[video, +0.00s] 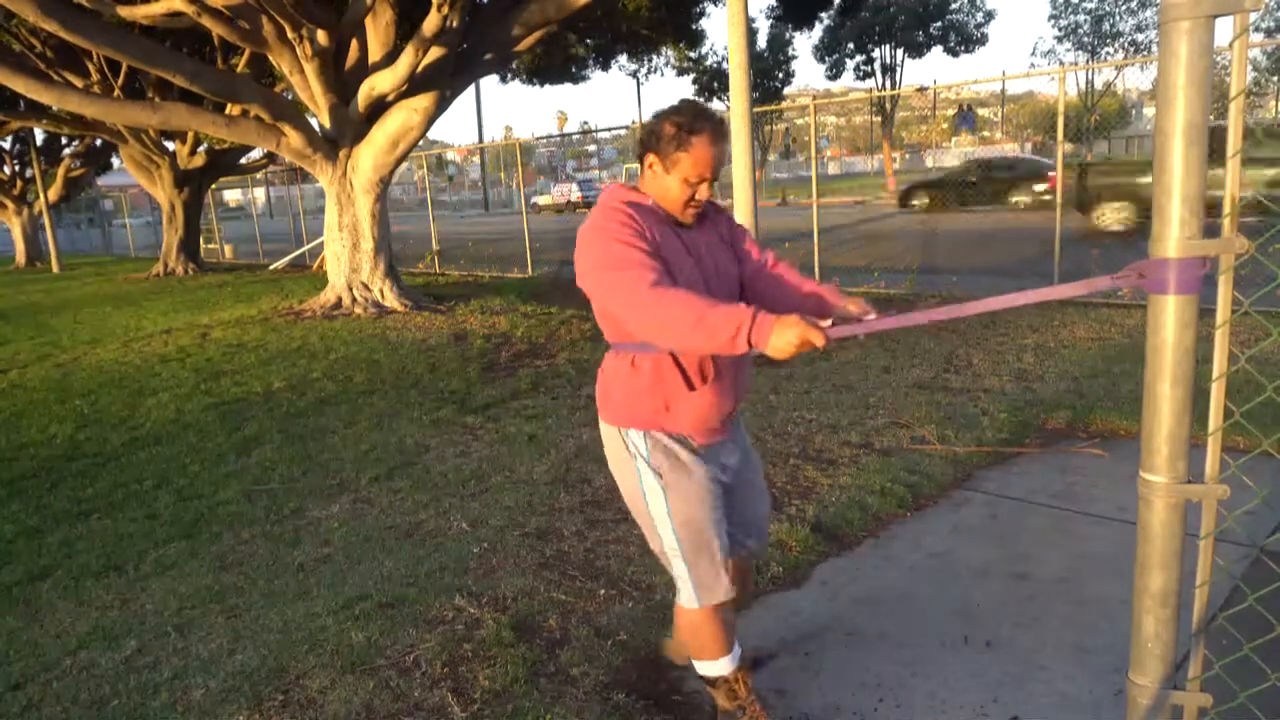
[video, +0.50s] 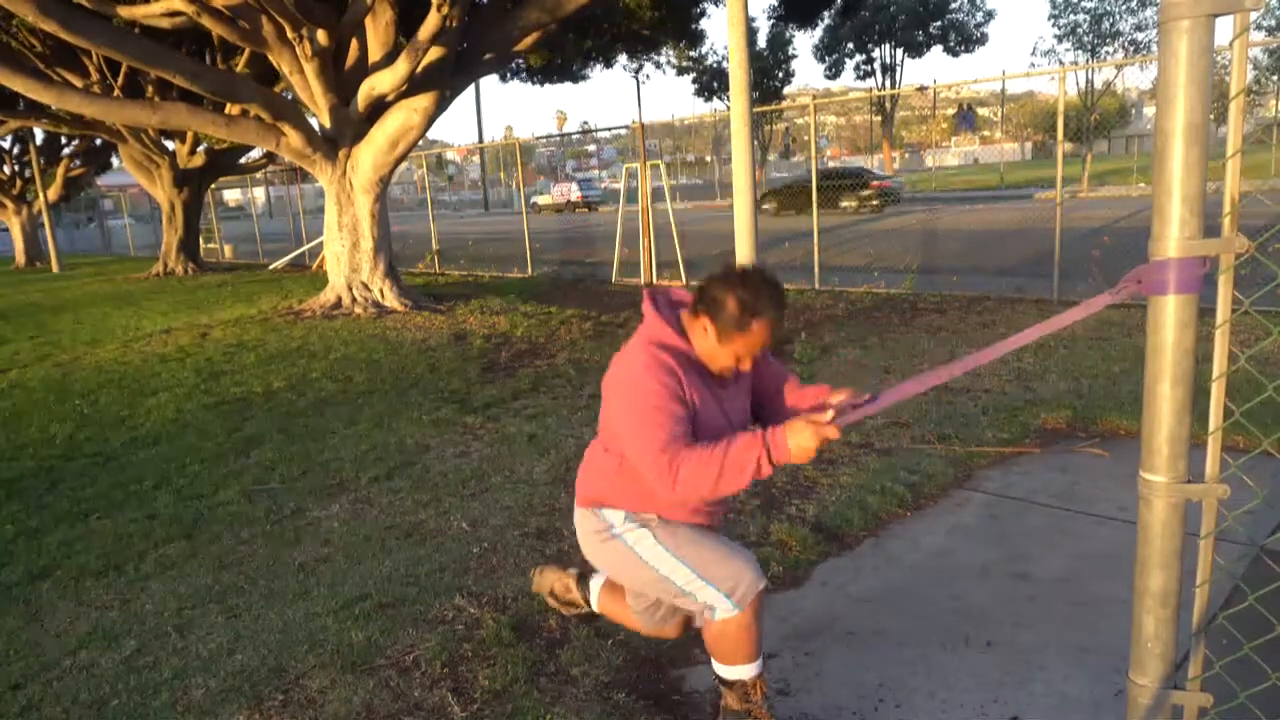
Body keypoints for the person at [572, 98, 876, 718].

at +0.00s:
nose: (705, 195)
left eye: (711, 180)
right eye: (694, 180)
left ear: (714, 171)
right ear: (652, 164)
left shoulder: (713, 224)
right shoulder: (610, 230)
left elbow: (766, 276)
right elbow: (646, 309)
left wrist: (833, 306)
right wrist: (758, 329)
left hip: (717, 419)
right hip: (650, 428)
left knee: (740, 544)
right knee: (705, 574)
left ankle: (689, 640)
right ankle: (731, 696)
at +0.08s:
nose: (703, 202)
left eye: (710, 188)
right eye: (692, 188)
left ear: (715, 176)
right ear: (650, 171)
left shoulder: (714, 226)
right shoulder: (609, 232)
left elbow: (766, 281)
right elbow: (638, 318)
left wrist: (829, 312)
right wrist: (753, 337)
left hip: (716, 422)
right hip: (647, 432)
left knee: (741, 535)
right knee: (706, 576)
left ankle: (646, 590)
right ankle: (733, 696)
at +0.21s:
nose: (707, 227)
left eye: (713, 213)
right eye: (695, 215)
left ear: (719, 196)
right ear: (653, 198)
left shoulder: (722, 245)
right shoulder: (610, 258)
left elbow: (770, 297)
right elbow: (637, 348)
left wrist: (838, 319)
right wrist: (754, 352)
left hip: (712, 443)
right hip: (642, 448)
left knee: (709, 557)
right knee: (727, 581)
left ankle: (598, 557)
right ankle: (739, 701)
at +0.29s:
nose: (716, 260)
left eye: (722, 246)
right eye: (704, 249)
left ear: (729, 230)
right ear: (661, 228)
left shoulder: (726, 267)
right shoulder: (617, 286)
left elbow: (775, 321)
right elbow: (650, 375)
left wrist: (849, 347)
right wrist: (762, 373)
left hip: (704, 462)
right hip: (637, 467)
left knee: (696, 567)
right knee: (737, 583)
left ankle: (586, 572)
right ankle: (742, 704)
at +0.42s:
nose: (739, 324)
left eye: (745, 311)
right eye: (729, 313)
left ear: (749, 292)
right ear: (686, 286)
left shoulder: (733, 318)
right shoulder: (634, 335)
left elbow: (775, 368)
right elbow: (671, 433)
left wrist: (831, 378)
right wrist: (780, 421)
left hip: (685, 493)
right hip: (625, 497)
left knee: (668, 599)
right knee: (738, 583)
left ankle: (573, 580)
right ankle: (742, 704)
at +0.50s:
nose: (746, 366)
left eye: (755, 355)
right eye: (739, 353)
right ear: (702, 327)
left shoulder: (733, 348)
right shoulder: (644, 370)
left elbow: (777, 392)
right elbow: (672, 474)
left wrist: (824, 401)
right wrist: (775, 446)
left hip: (678, 513)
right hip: (616, 515)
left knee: (663, 620)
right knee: (735, 584)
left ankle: (573, 588)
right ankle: (742, 704)